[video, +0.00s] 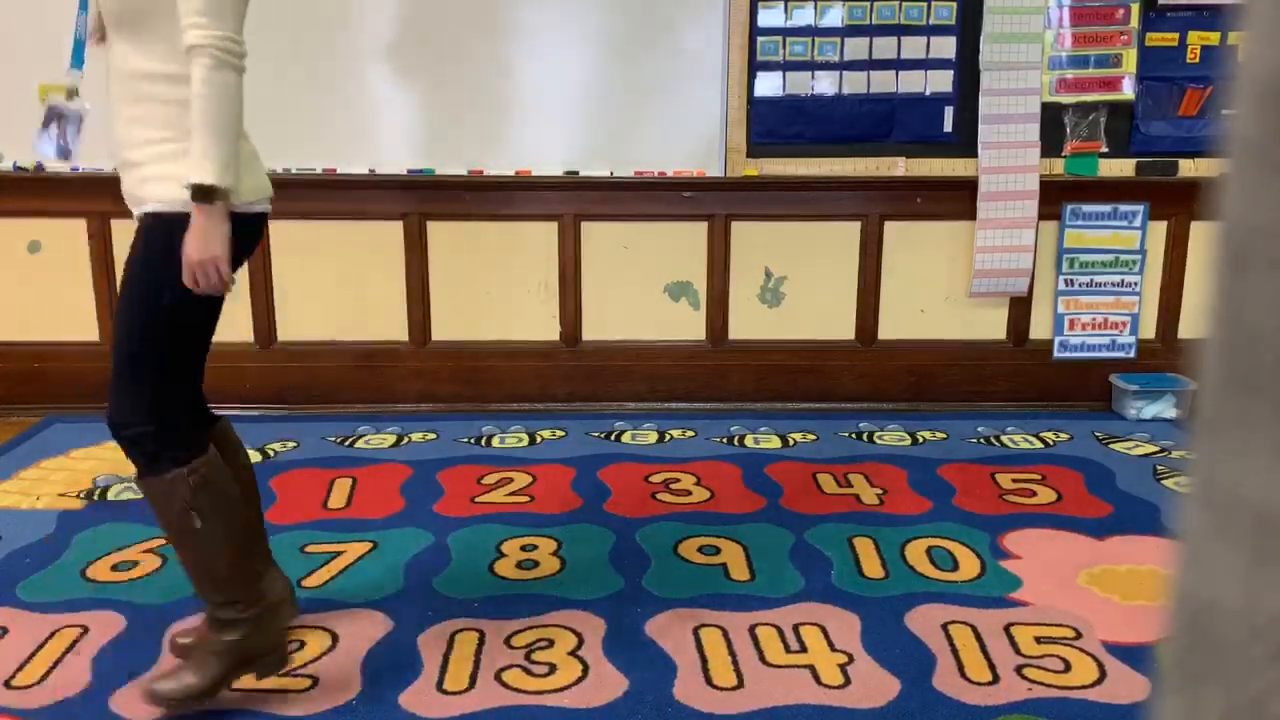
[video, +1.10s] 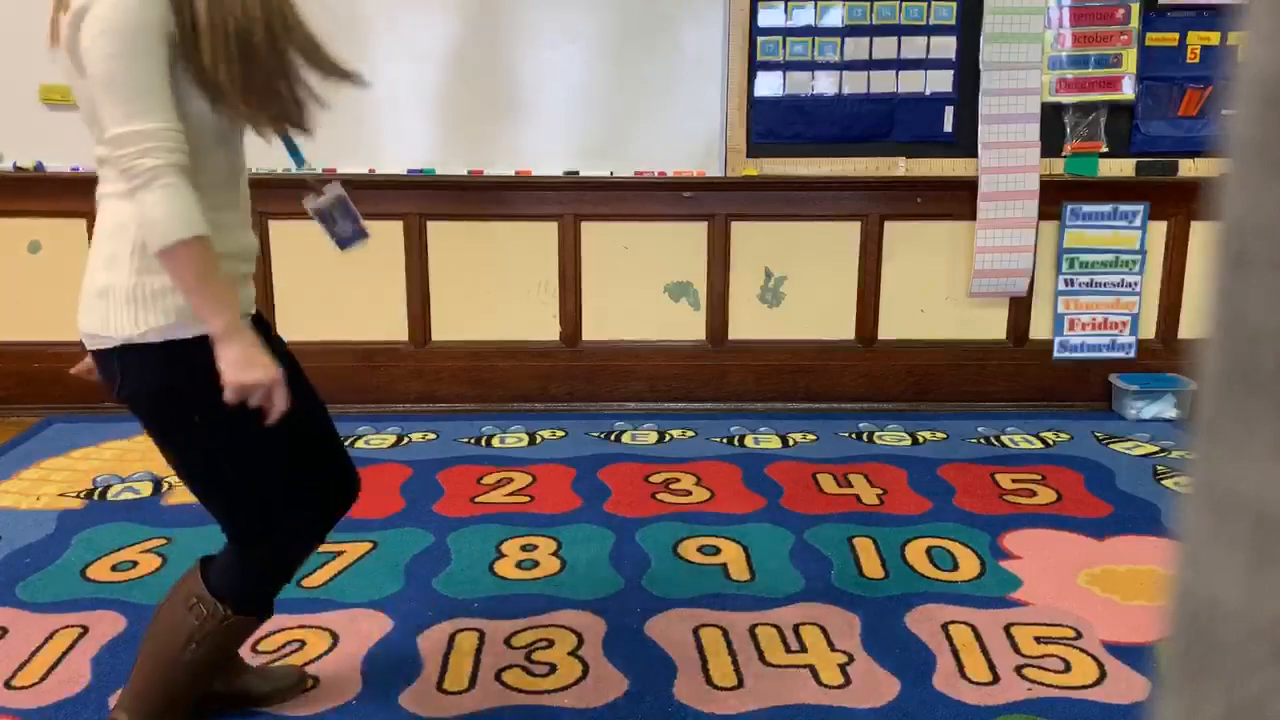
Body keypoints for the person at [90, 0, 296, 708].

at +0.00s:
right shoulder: (138, 7)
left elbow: (217, 50)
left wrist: (209, 203)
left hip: (196, 201)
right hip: (174, 198)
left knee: (142, 417)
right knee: (173, 410)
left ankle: (244, 617)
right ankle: (253, 596)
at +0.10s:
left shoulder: (208, 5)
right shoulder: (144, 8)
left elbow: (226, 109)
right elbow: (174, 91)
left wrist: (222, 259)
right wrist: (113, 66)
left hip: (223, 245)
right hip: (176, 243)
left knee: (154, 452)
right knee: (132, 438)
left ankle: (295, 633)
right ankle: (253, 602)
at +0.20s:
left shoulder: (196, 14)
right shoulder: (146, 15)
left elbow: (214, 175)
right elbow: (167, 142)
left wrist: (191, 327)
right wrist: (104, 100)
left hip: (245, 296)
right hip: (194, 282)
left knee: (140, 493)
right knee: (116, 462)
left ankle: (301, 635)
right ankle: (254, 602)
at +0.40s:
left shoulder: (82, 7)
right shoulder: (251, 0)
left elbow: (84, 120)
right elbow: (312, 71)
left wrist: (86, 258)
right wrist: (346, 198)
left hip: (216, 245)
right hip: (298, 227)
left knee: (185, 454)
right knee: (236, 414)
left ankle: (301, 637)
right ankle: (260, 591)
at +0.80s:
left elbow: (95, 75)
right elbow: (197, 51)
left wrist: (127, 195)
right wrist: (249, 204)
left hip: (141, 207)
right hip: (228, 203)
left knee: (213, 424)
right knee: (293, 424)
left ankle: (234, 648)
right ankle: (265, 668)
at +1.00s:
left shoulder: (104, 12)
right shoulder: (159, 5)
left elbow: (101, 117)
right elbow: (179, 108)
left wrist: (106, 270)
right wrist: (250, 279)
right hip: (175, 268)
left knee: (292, 453)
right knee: (267, 471)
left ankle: (210, 654)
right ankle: (151, 696)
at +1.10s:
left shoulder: (184, 16)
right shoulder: (124, 11)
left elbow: (162, 179)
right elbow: (153, 175)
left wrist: (122, 323)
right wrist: (229, 330)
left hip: (210, 313)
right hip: (160, 326)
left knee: (325, 483)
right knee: (279, 514)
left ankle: (209, 664)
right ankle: (145, 705)